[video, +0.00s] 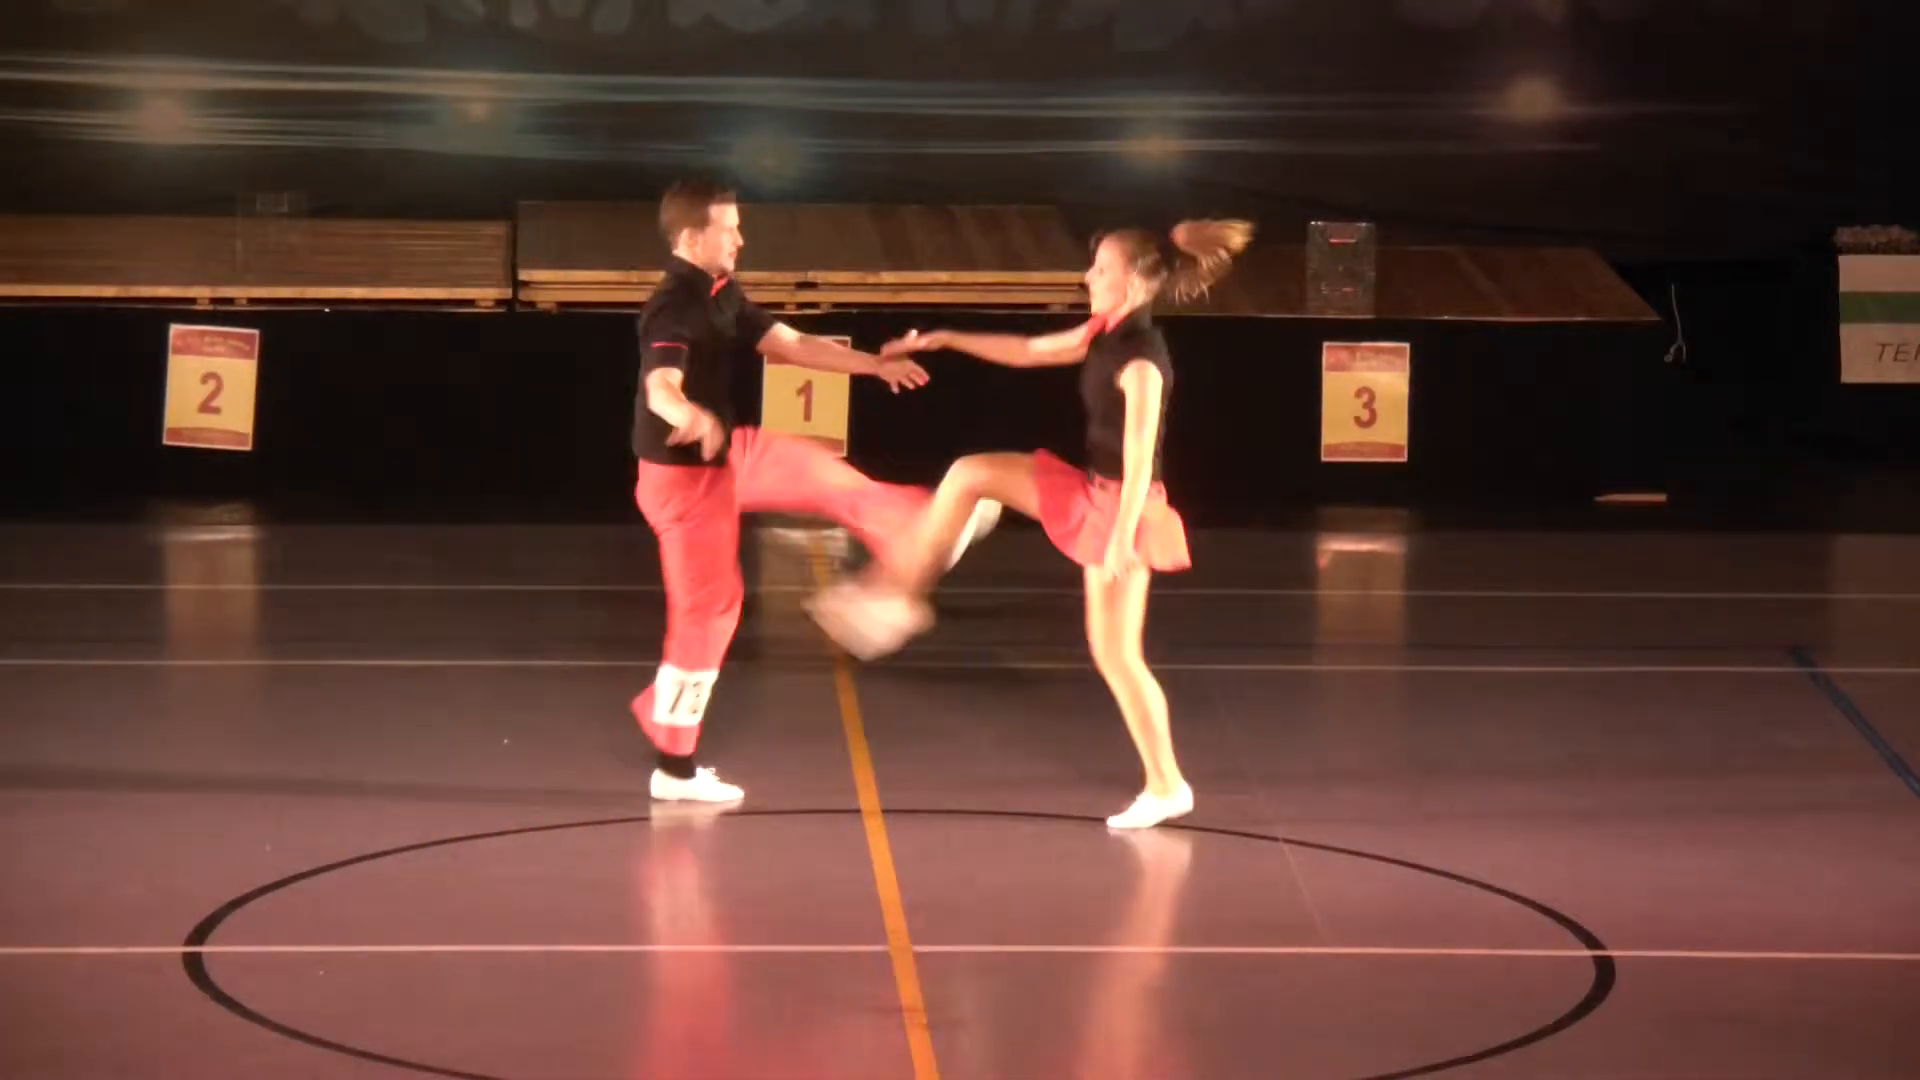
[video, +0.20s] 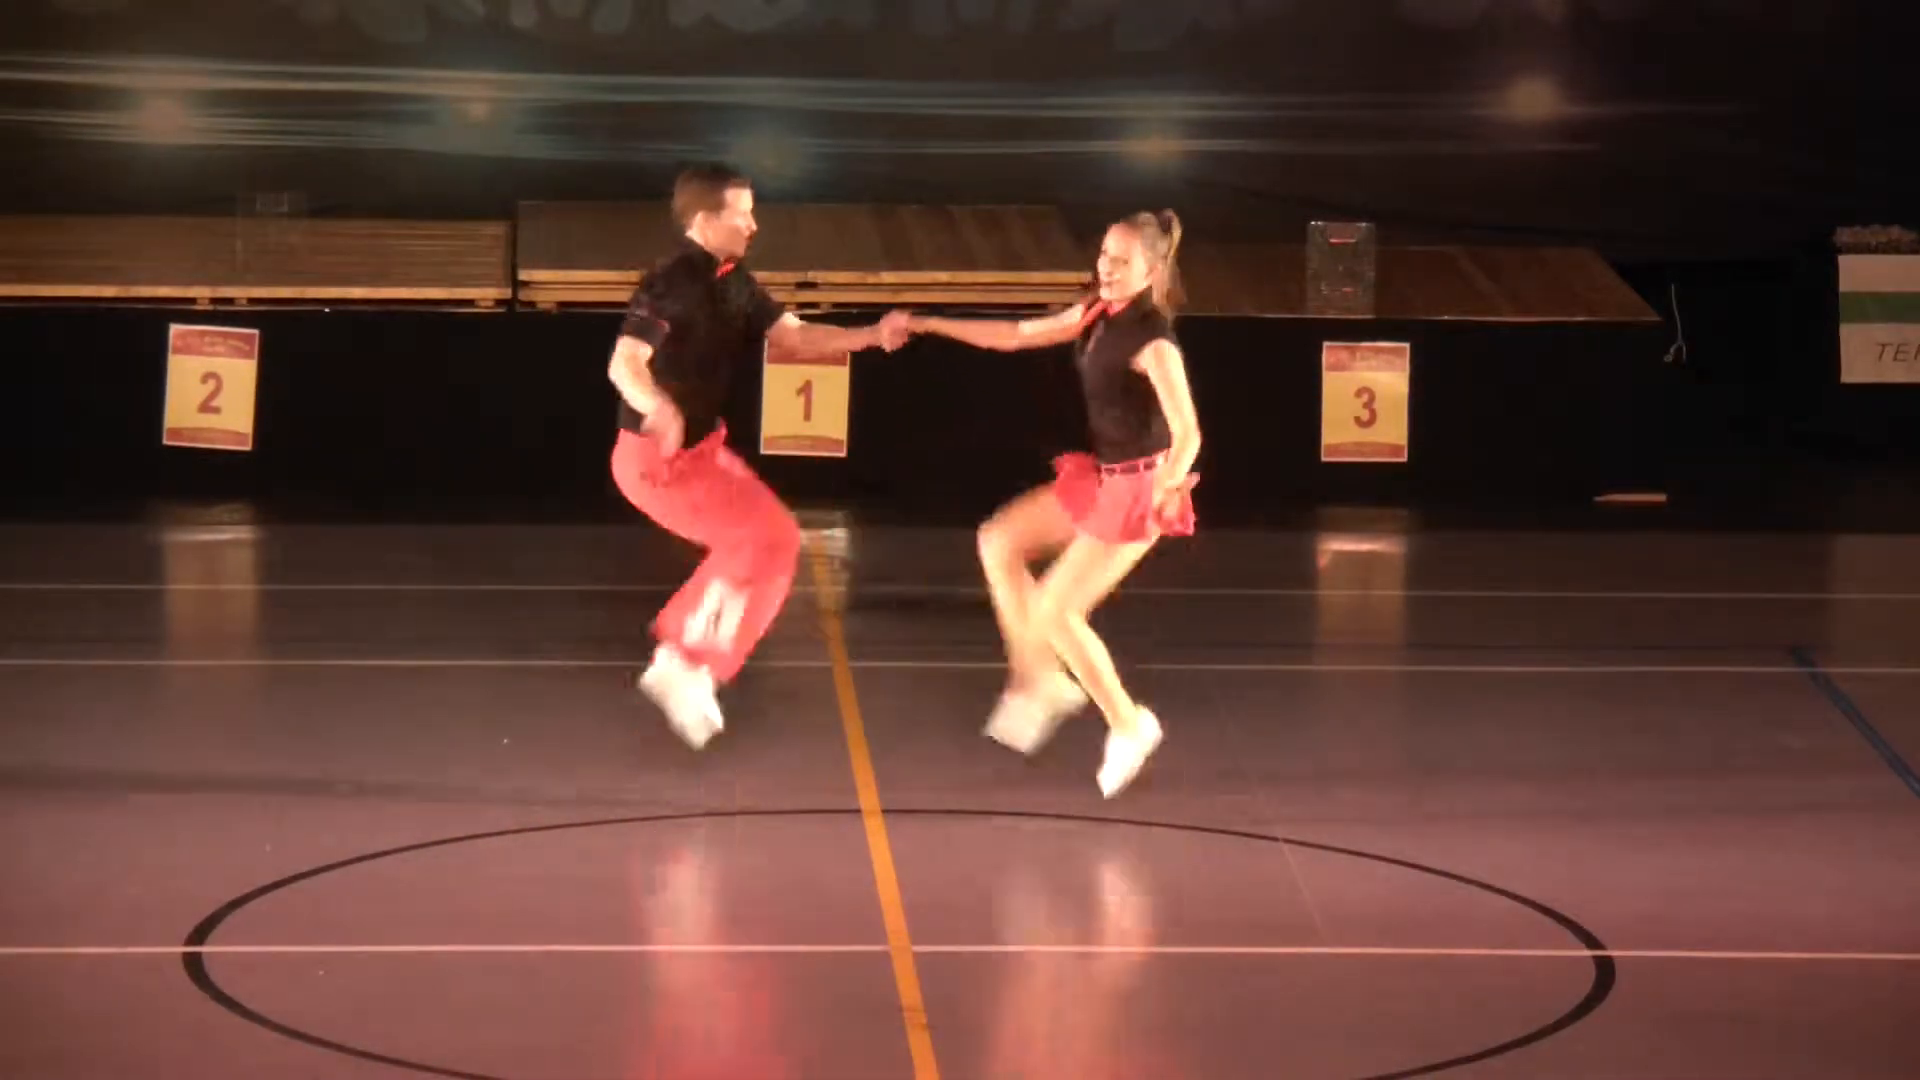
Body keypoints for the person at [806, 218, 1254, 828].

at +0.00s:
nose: (1089, 276)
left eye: (1102, 268)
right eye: (1093, 266)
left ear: (1137, 282)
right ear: (1119, 279)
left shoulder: (1141, 357)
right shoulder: (1102, 333)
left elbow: (1140, 464)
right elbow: (1027, 351)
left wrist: (1121, 539)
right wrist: (945, 338)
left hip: (1124, 512)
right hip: (1088, 494)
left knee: (1115, 653)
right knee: (968, 474)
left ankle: (1165, 785)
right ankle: (895, 596)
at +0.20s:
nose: (1106, 269)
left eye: (1121, 261)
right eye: (1104, 257)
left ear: (1152, 271)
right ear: (1098, 259)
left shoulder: (1153, 341)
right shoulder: (1094, 315)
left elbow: (1187, 434)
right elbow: (1013, 335)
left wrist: (1164, 484)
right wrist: (924, 324)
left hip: (1140, 492)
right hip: (1096, 484)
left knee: (1055, 610)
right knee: (998, 540)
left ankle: (1129, 723)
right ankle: (1042, 679)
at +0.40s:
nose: (1095, 300)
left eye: (1108, 292)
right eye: (1095, 289)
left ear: (1144, 301)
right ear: (1098, 292)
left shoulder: (1153, 368)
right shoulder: (1087, 340)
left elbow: (1203, 449)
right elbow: (1003, 324)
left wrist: (1181, 464)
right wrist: (925, 296)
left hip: (1118, 526)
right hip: (1094, 521)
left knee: (1039, 654)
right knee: (1124, 656)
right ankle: (1151, 792)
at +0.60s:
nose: (1079, 289)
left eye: (1090, 279)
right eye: (1081, 277)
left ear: (1126, 289)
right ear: (1111, 287)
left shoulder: (1128, 359)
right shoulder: (1103, 334)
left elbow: (1030, 383)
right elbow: (1017, 320)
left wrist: (965, 321)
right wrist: (935, 286)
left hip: (1120, 520)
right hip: (1083, 489)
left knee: (1092, 654)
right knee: (965, 461)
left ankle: (1105, 788)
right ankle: (845, 545)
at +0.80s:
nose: (1088, 263)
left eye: (1098, 253)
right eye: (1090, 252)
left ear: (1129, 260)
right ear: (1118, 259)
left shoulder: (1134, 334)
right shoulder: (1112, 302)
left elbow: (1037, 339)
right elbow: (1039, 273)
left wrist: (1003, 251)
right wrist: (971, 233)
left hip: (1140, 494)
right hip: (1102, 470)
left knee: (1110, 632)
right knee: (993, 454)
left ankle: (1121, 766)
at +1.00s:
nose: (1109, 294)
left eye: (1120, 285)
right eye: (1111, 284)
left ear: (1155, 294)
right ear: (1130, 294)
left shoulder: (1156, 362)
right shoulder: (1121, 340)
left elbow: (1145, 443)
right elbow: (1049, 318)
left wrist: (1081, 380)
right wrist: (973, 287)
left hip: (1146, 520)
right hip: (1121, 518)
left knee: (1158, 654)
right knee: (1096, 637)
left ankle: (1192, 789)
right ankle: (1128, 774)